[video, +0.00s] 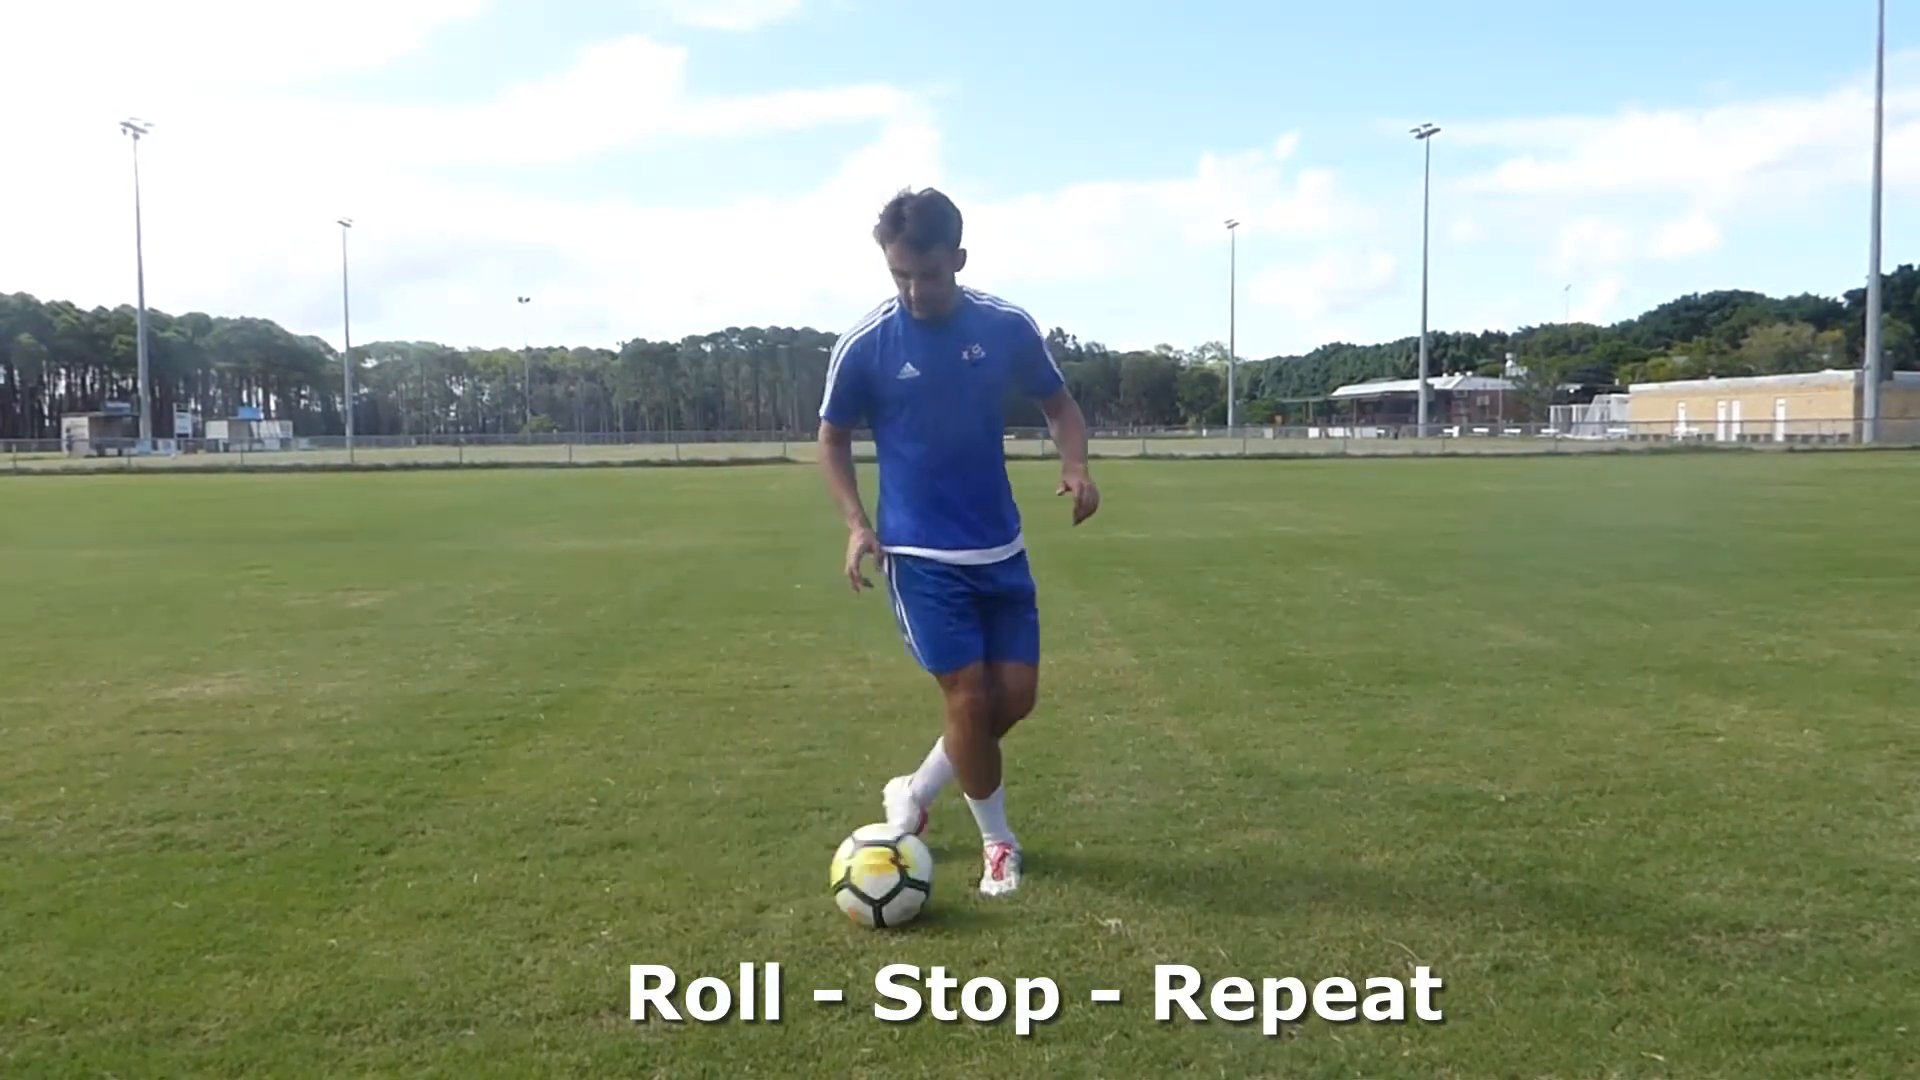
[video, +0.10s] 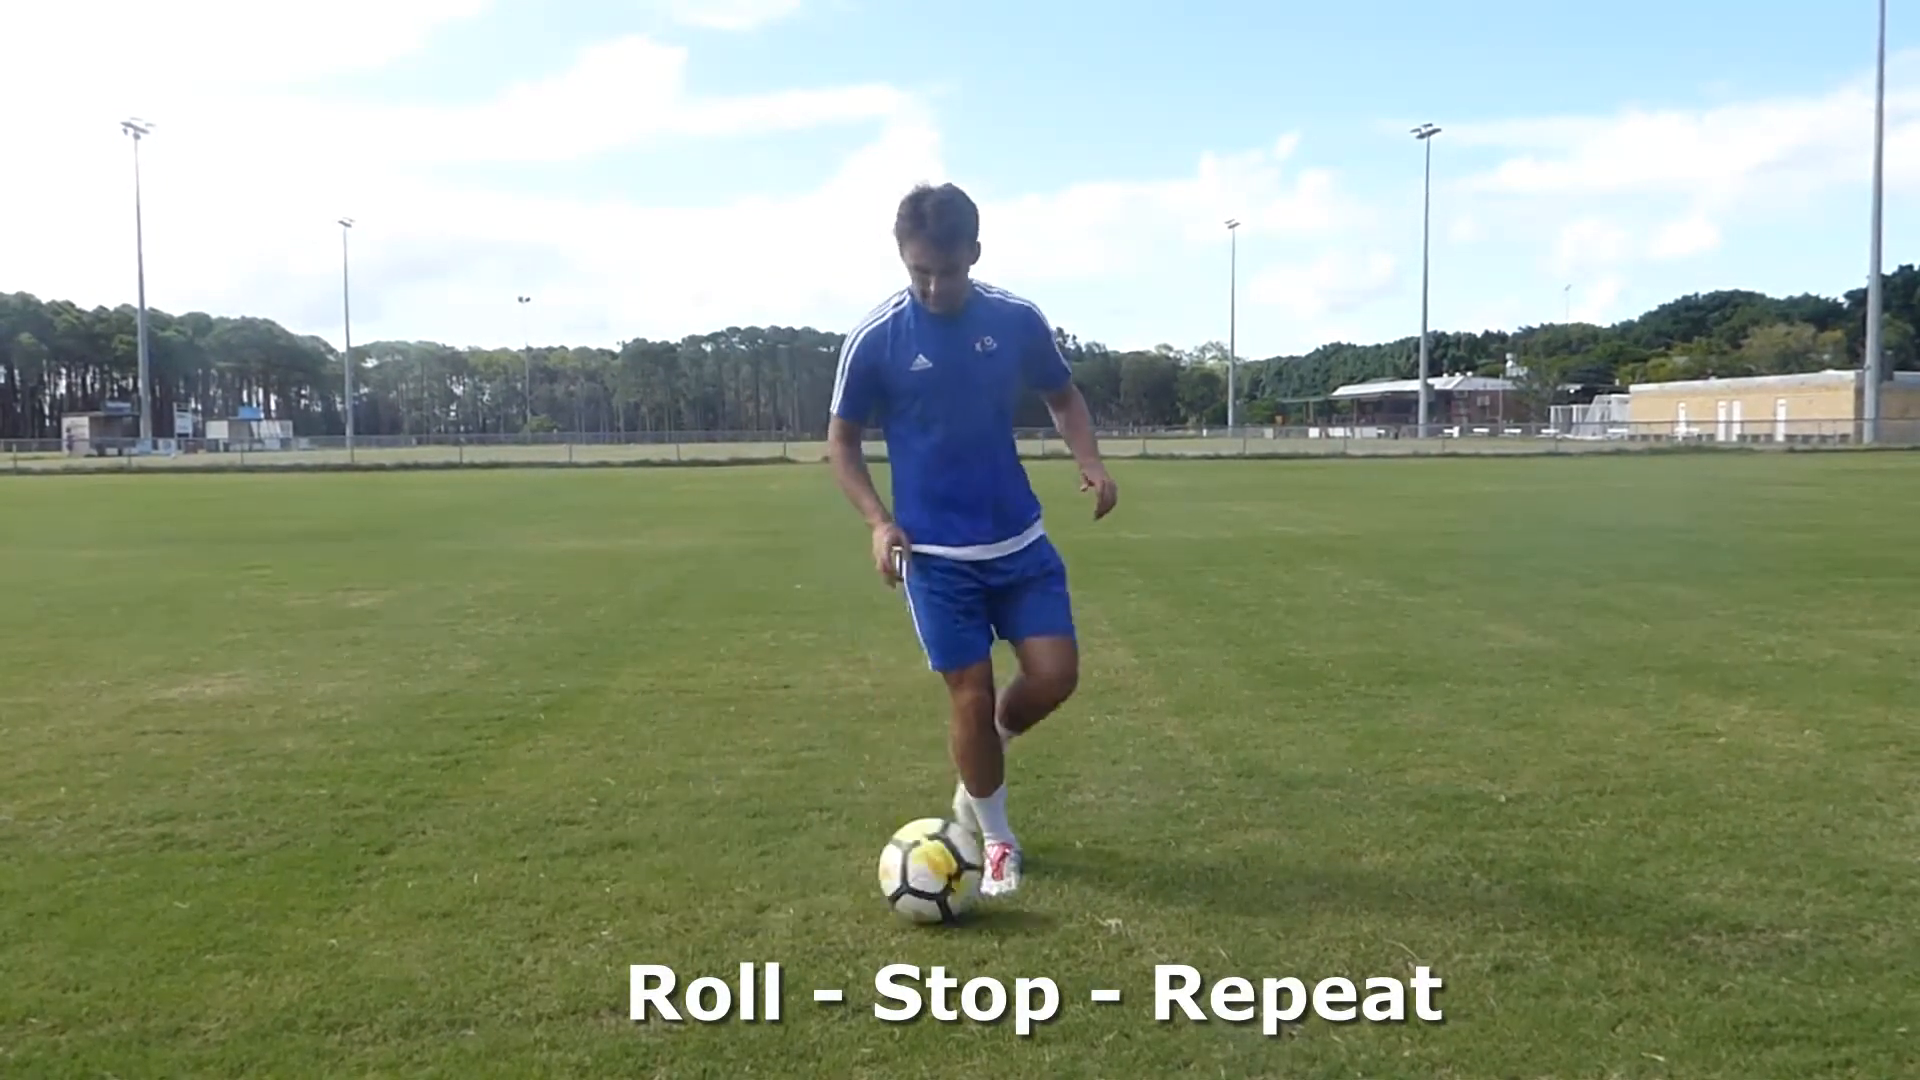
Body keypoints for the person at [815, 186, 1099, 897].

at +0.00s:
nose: (915, 290)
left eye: (929, 274)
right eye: (901, 275)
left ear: (958, 258)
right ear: (886, 263)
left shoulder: (1009, 327)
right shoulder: (862, 349)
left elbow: (1059, 404)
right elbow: (833, 439)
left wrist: (1074, 462)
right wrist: (857, 524)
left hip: (1000, 545)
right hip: (918, 552)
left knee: (1014, 696)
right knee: (968, 695)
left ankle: (913, 793)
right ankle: (999, 844)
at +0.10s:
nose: (933, 286)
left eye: (948, 271)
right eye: (919, 271)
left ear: (974, 254)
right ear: (900, 256)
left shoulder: (1020, 321)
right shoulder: (874, 343)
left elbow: (1064, 399)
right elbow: (841, 444)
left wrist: (1090, 461)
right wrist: (879, 522)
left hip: (1020, 540)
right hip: (934, 554)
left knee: (1054, 675)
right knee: (974, 699)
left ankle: (976, 758)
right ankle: (998, 845)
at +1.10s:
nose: (1030, 241)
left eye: (1043, 225)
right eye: (1016, 226)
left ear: (1069, 226)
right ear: (999, 232)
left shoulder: (1117, 318)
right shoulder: (972, 329)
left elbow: (1153, 405)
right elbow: (945, 421)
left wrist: (1148, 476)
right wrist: (966, 468)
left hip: (1096, 539)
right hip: (1011, 541)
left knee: (1090, 687)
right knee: (1016, 690)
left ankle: (1091, 829)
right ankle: (1004, 844)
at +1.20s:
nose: (1042, 237)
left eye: (1056, 223)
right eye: (1028, 224)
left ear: (1081, 227)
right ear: (1011, 233)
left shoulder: (1128, 319)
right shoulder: (984, 329)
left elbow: (1161, 407)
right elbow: (959, 426)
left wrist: (1153, 476)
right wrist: (999, 473)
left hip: (1102, 540)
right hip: (1018, 542)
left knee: (1094, 686)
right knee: (1018, 688)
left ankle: (1091, 829)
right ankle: (1006, 846)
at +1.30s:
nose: (1050, 236)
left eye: (1064, 221)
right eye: (1036, 223)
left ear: (1089, 227)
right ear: (1019, 232)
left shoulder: (1135, 319)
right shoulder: (993, 328)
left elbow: (1167, 408)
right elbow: (967, 427)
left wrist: (1156, 478)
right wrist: (1016, 473)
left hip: (1107, 538)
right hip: (1023, 540)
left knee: (1095, 684)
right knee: (1020, 686)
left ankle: (1091, 829)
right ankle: (1005, 845)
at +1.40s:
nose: (1055, 236)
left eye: (1069, 222)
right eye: (1042, 223)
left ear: (1093, 226)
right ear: (1024, 232)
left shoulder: (1140, 319)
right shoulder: (998, 327)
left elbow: (1171, 408)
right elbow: (968, 427)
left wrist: (1161, 480)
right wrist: (1014, 472)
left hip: (1108, 540)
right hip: (1025, 540)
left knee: (1096, 683)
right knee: (1021, 685)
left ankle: (1091, 831)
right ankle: (1004, 844)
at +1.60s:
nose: (1064, 234)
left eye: (1077, 220)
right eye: (1050, 222)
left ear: (1100, 226)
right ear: (1031, 232)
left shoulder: (1146, 319)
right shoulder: (1004, 326)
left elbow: (1176, 411)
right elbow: (975, 425)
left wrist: (1167, 477)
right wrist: (1006, 466)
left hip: (1111, 540)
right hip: (1027, 538)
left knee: (1097, 684)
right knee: (1021, 686)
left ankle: (1090, 832)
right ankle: (1003, 842)